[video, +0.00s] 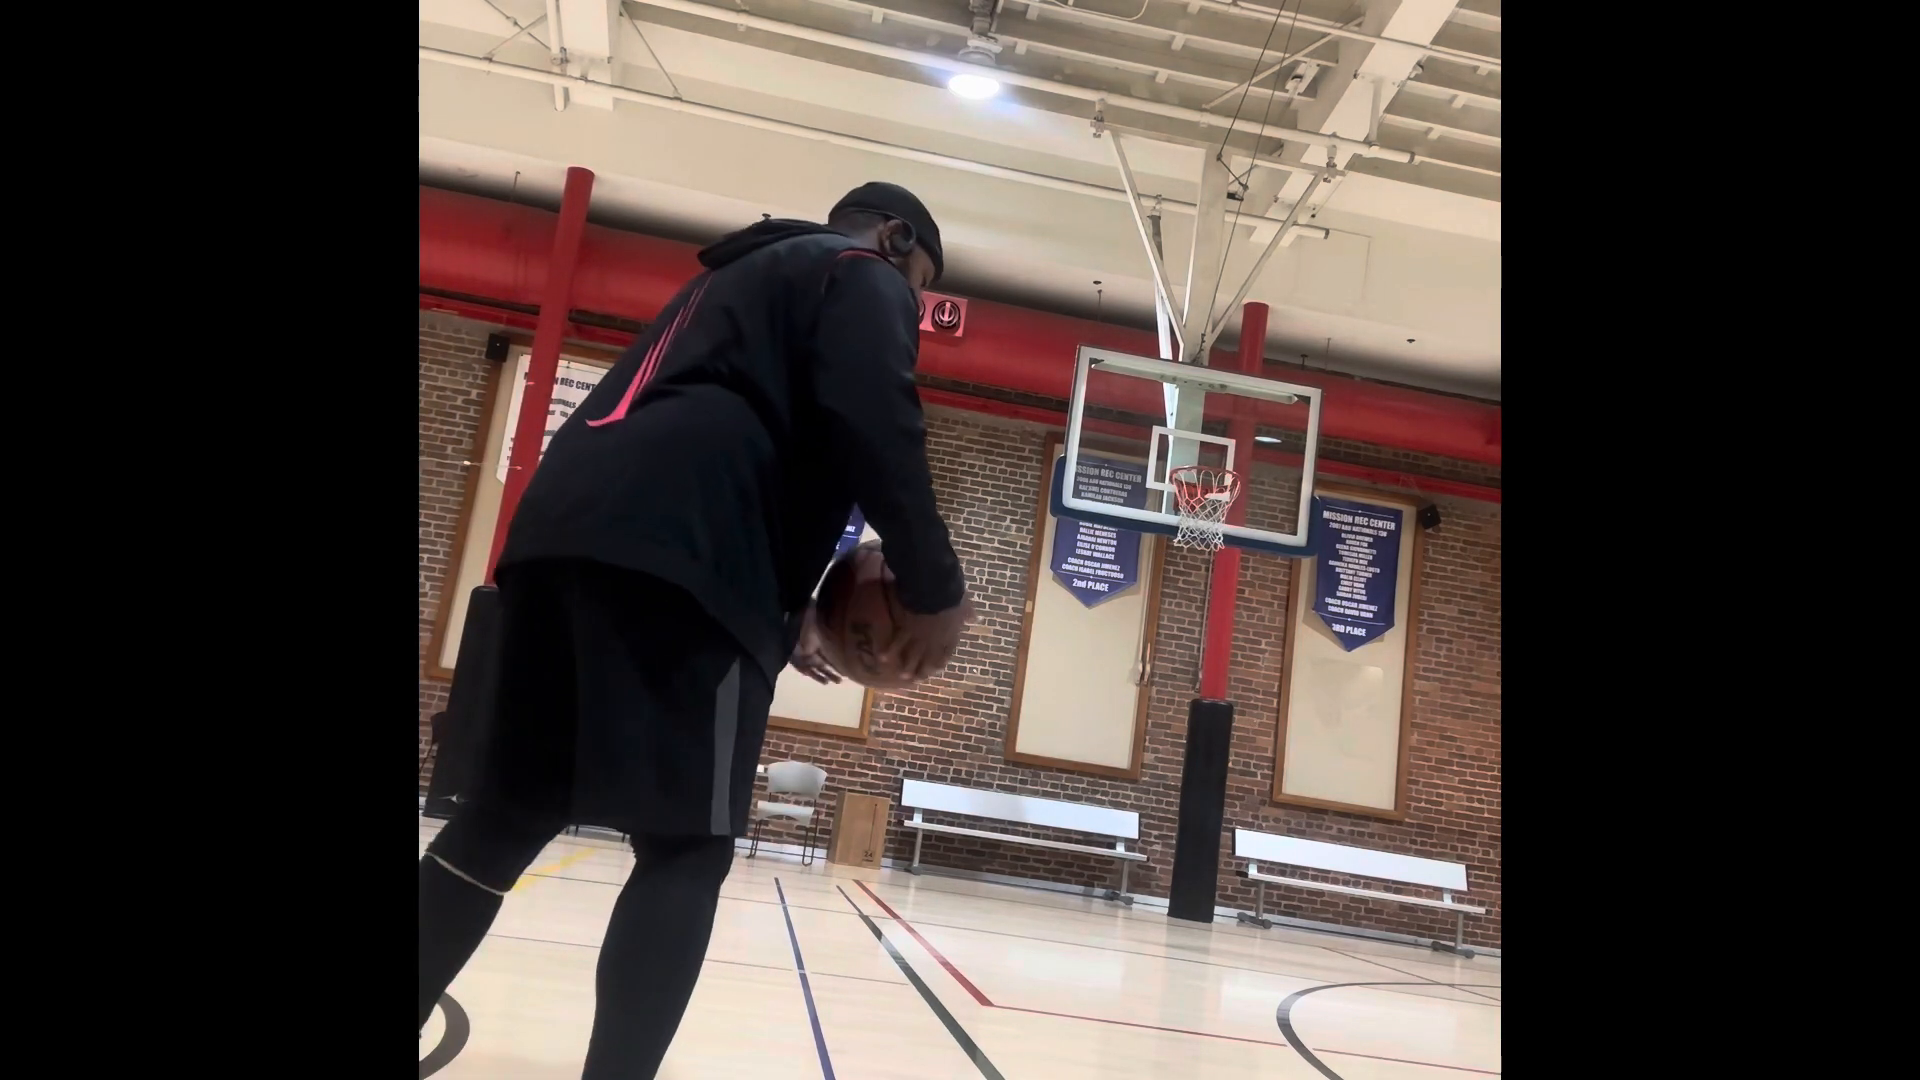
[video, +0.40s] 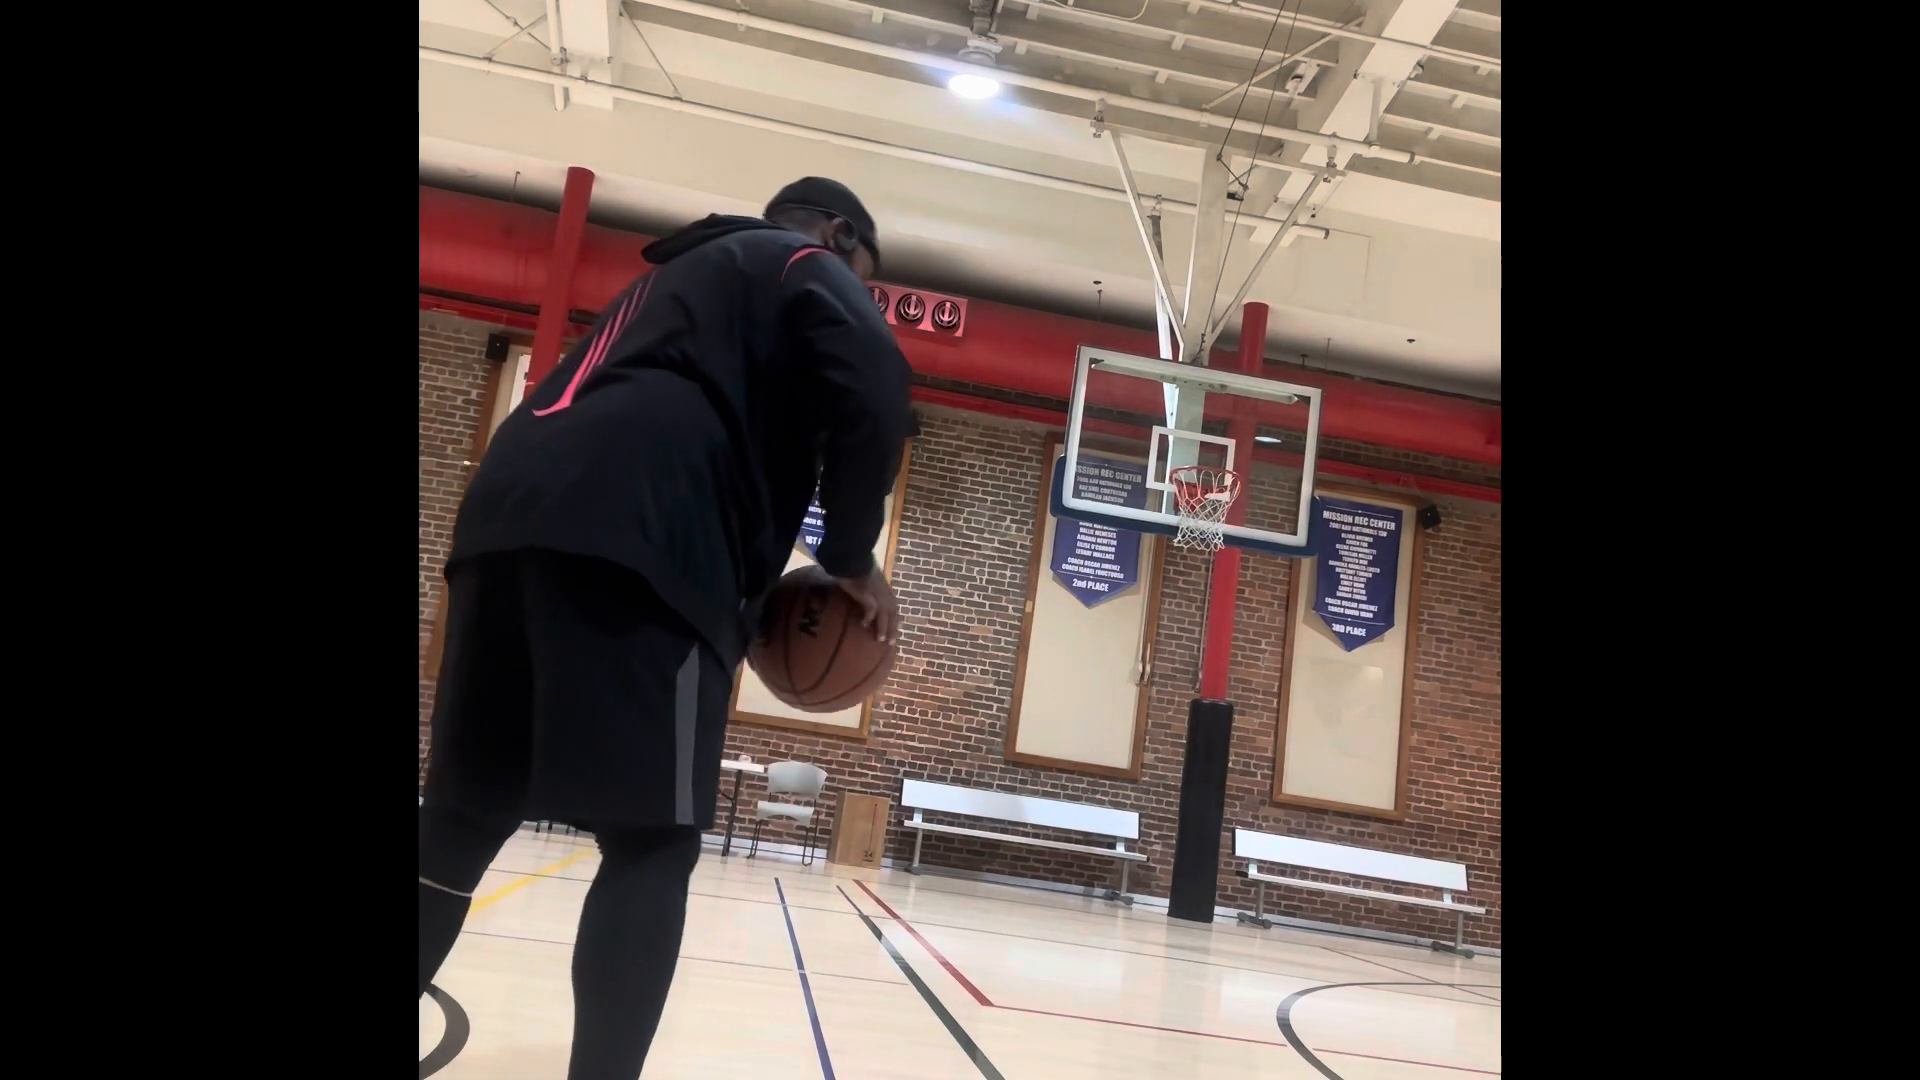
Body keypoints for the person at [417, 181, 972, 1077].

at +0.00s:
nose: (920, 296)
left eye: (926, 285)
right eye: (921, 276)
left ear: (836, 225)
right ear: (890, 239)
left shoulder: (730, 280)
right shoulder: (861, 273)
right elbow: (876, 415)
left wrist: (794, 613)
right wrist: (935, 589)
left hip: (546, 541)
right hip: (684, 564)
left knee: (503, 815)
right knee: (687, 851)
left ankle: (416, 1021)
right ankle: (617, 1068)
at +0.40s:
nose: (860, 288)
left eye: (867, 276)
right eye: (862, 270)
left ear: (765, 214)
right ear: (834, 236)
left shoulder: (661, 284)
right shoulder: (804, 262)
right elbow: (880, 382)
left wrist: (751, 589)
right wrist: (850, 556)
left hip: (498, 522)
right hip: (641, 539)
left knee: (460, 813)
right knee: (652, 844)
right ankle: (604, 1068)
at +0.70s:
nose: (767, 265)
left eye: (767, 254)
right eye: (765, 252)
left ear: (661, 227)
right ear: (749, 242)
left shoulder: (562, 284)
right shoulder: (760, 294)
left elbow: (498, 417)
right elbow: (793, 448)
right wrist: (741, 599)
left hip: (462, 538)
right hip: (619, 554)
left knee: (441, 821)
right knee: (607, 845)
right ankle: (585, 1069)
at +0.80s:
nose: (726, 268)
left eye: (722, 258)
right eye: (727, 256)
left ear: (621, 230)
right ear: (711, 249)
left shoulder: (522, 294)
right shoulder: (736, 309)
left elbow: (469, 424)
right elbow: (774, 471)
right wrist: (693, 591)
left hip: (454, 553)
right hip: (615, 568)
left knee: (438, 820)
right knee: (605, 847)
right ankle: (586, 1069)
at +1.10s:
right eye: (647, 268)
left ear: (555, 253)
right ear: (642, 270)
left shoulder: (466, 316)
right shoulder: (681, 348)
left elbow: (424, 432)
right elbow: (712, 518)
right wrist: (637, 544)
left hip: (445, 585)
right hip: (598, 601)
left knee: (435, 816)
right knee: (603, 813)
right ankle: (605, 1038)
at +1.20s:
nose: (636, 287)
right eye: (636, 276)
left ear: (545, 265)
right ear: (631, 277)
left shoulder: (466, 325)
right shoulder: (674, 365)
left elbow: (447, 408)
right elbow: (717, 522)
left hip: (446, 603)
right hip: (596, 618)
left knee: (439, 828)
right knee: (588, 822)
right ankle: (599, 1052)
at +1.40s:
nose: (640, 288)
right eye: (642, 277)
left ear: (546, 279)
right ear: (638, 284)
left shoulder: (490, 340)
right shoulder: (680, 377)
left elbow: (500, 302)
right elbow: (778, 411)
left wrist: (573, 258)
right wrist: (729, 309)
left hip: (472, 640)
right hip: (614, 658)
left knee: (442, 855)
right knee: (581, 845)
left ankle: (419, 1018)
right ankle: (587, 1050)